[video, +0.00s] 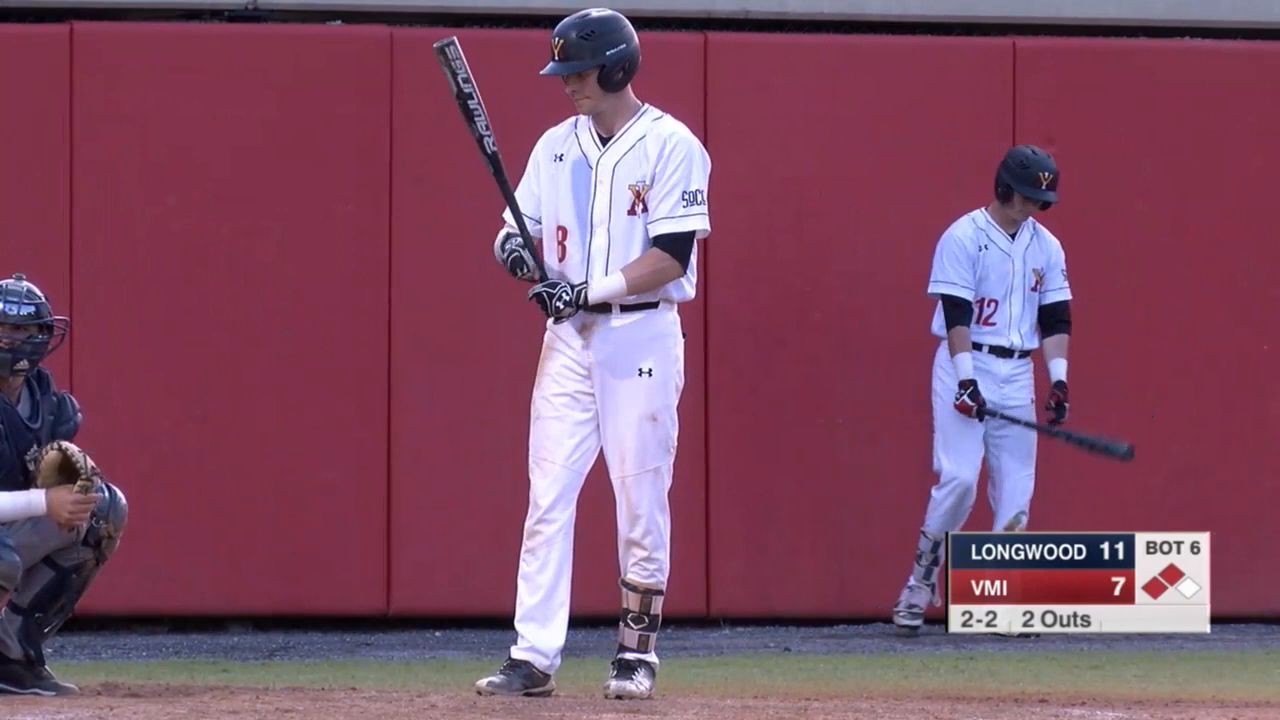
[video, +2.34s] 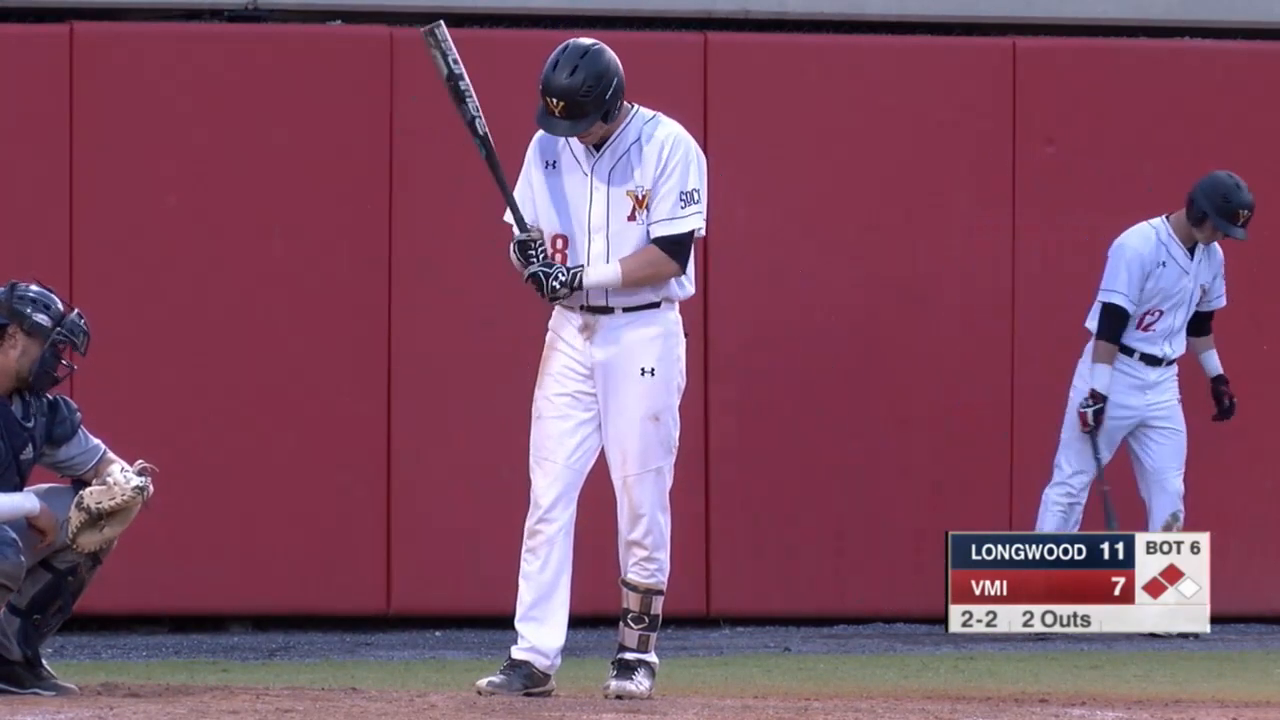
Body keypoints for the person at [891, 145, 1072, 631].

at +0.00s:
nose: (1034, 210)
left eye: (1041, 202)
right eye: (1029, 199)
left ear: (1043, 199)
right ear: (1005, 190)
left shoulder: (1047, 247)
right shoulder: (963, 236)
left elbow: (1055, 320)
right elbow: (956, 313)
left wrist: (1058, 383)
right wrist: (965, 380)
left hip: (1018, 375)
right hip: (965, 368)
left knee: (1016, 495)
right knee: (960, 479)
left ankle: (1004, 606)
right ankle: (920, 585)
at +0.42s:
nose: (1055, 208)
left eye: (1059, 200)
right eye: (1049, 200)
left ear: (1059, 199)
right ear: (1024, 195)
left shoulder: (1059, 242)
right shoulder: (981, 249)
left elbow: (1073, 313)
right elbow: (958, 328)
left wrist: (1090, 375)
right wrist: (935, 397)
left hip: (1039, 376)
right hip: (987, 372)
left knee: (1029, 494)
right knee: (996, 488)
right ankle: (997, 586)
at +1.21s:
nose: (1044, 219)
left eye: (1047, 210)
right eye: (1036, 212)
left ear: (1049, 201)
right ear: (1010, 206)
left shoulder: (1055, 227)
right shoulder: (974, 262)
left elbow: (1077, 285)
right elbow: (962, 348)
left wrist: (1104, 330)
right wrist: (971, 413)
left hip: (1067, 376)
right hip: (1016, 382)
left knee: (1085, 484)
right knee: (1019, 496)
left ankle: (1071, 592)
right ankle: (1013, 601)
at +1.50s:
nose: (1059, 226)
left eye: (1063, 217)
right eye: (1051, 218)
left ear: (1067, 207)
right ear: (1026, 210)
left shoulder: (1073, 229)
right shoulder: (989, 261)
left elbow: (1094, 290)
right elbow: (978, 347)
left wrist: (1121, 342)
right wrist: (986, 414)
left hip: (1084, 376)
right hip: (1030, 384)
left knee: (1121, 487)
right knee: (1025, 501)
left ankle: (1146, 591)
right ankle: (1012, 607)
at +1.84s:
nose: (1120, 230)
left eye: (1125, 222)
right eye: (1114, 221)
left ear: (1125, 216)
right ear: (1092, 210)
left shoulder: (1130, 242)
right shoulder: (1046, 259)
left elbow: (1141, 306)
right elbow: (1024, 340)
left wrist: (1163, 361)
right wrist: (1007, 410)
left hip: (1121, 385)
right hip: (1067, 387)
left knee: (1147, 496)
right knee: (1046, 503)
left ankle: (1161, 606)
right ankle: (1022, 607)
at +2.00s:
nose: (1169, 231)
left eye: (1173, 224)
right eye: (1165, 222)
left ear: (1174, 219)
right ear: (1142, 210)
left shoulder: (1172, 247)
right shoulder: (1089, 252)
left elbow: (1172, 316)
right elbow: (1057, 330)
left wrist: (1189, 373)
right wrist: (1031, 398)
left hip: (1146, 387)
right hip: (1091, 385)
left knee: (1161, 498)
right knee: (1060, 497)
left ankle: (1160, 606)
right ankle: (1016, 598)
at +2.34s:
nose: (1220, 238)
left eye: (1226, 232)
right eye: (1219, 229)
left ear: (1225, 224)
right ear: (1198, 213)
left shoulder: (1210, 256)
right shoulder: (1137, 245)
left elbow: (1199, 326)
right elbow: (1111, 322)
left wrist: (1217, 378)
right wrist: (1098, 392)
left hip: (1162, 382)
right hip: (1111, 373)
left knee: (1168, 499)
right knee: (1070, 487)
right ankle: (1040, 585)